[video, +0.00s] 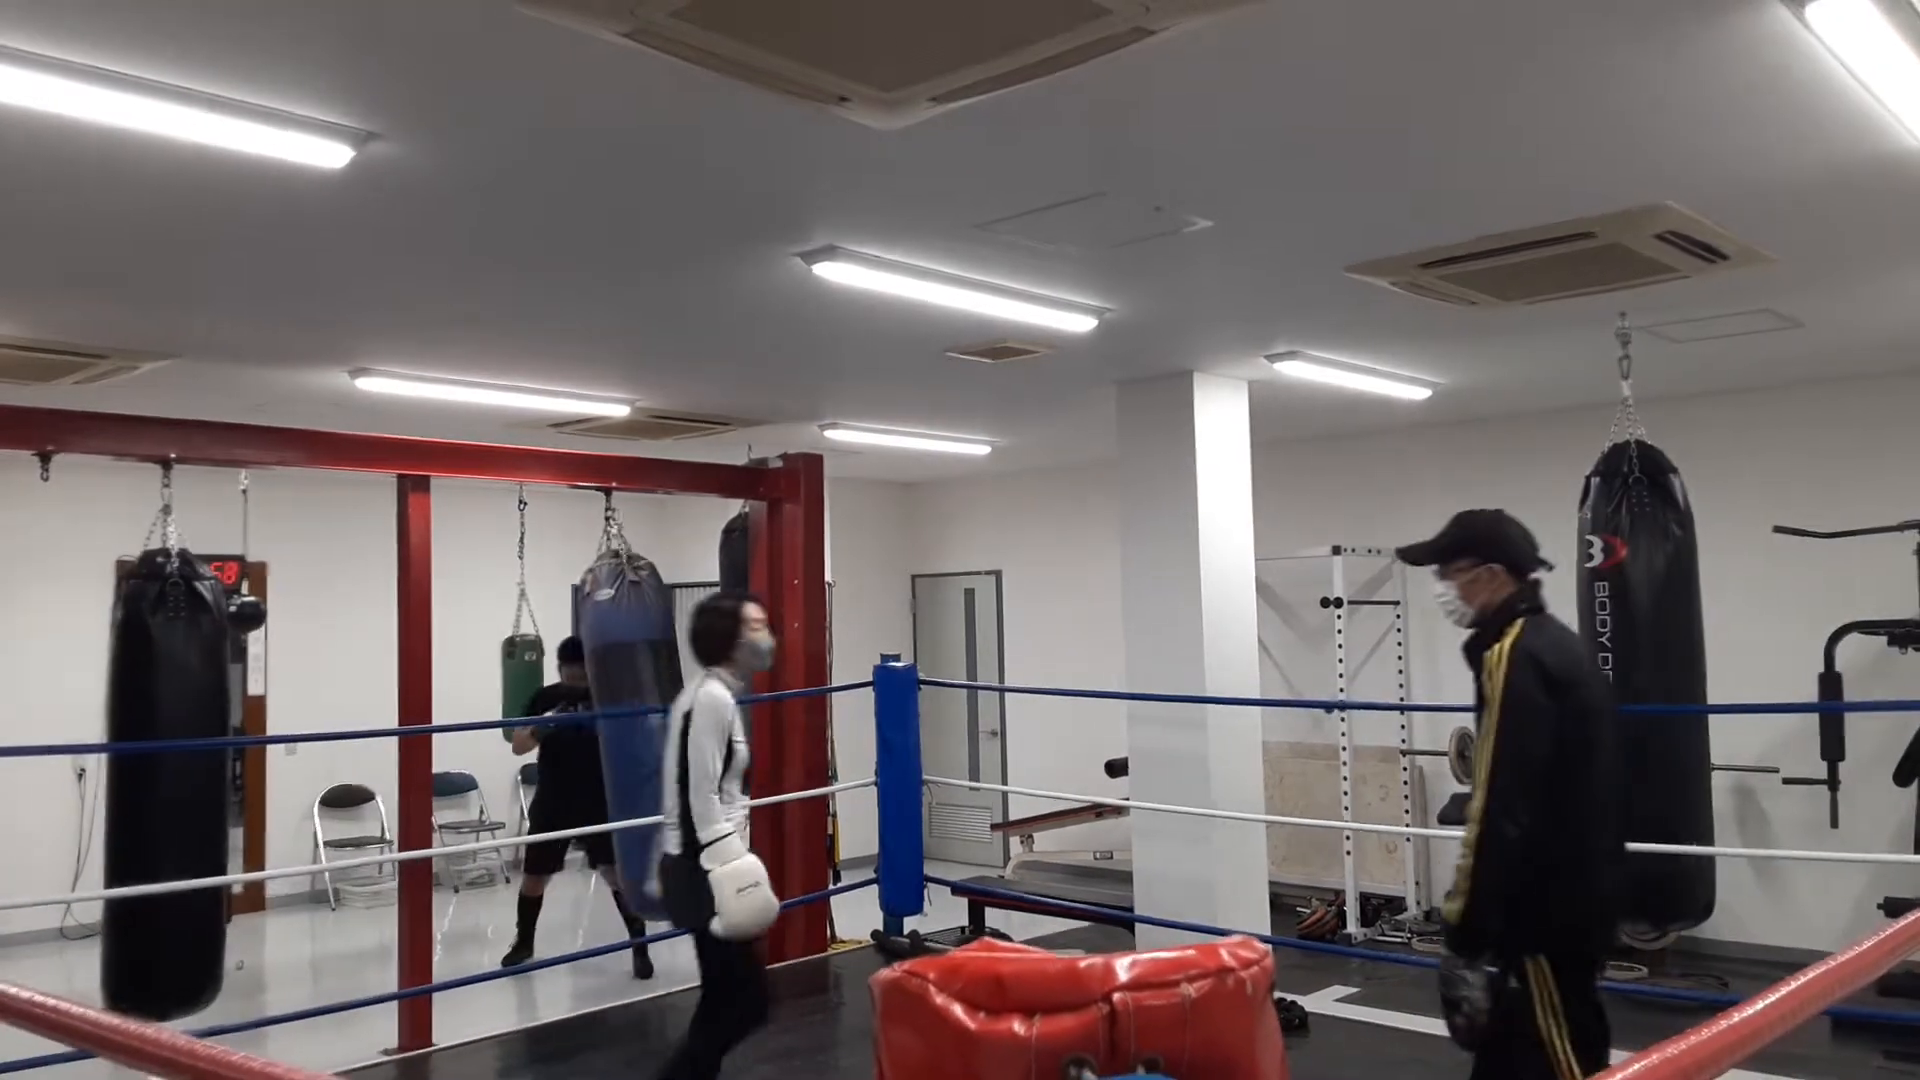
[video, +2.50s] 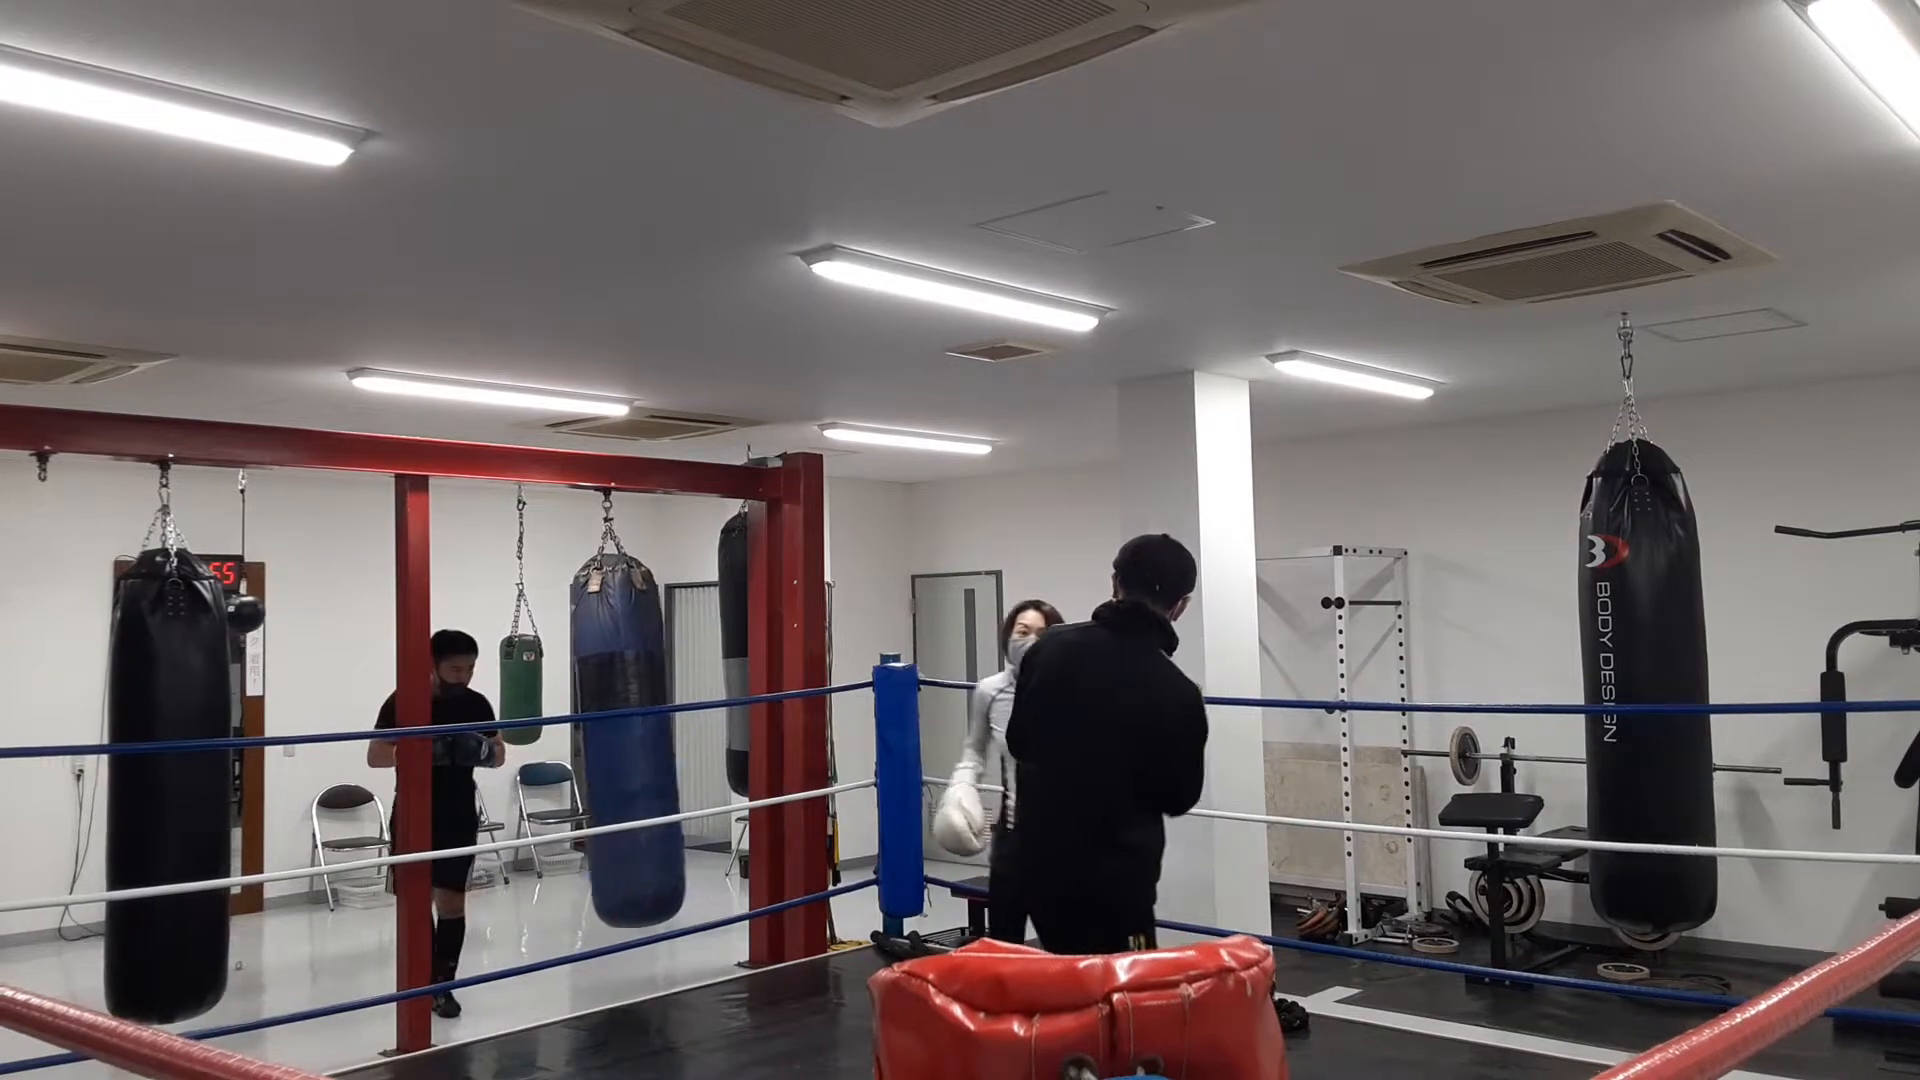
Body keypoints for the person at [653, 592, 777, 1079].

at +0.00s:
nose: (768, 637)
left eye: (766, 627)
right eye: (756, 627)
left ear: (731, 637)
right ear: (727, 636)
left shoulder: (710, 694)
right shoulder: (712, 698)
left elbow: (703, 792)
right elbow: (704, 796)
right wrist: (738, 874)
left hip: (702, 862)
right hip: (701, 864)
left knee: (728, 996)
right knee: (742, 1000)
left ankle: (688, 1071)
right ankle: (683, 1072)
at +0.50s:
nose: (929, 656)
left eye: (931, 646)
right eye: (922, 646)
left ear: (915, 646)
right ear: (894, 647)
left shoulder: (894, 695)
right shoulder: (850, 701)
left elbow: (895, 759)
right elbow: (815, 791)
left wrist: (949, 772)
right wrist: (852, 859)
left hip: (886, 859)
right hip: (857, 865)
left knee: (889, 988)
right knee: (906, 979)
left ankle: (847, 1065)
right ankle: (821, 1061)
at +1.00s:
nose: (1090, 660)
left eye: (1096, 652)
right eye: (1081, 649)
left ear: (1101, 656)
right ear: (1054, 648)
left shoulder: (1081, 709)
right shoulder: (1007, 698)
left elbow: (1094, 784)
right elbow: (981, 780)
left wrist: (1107, 755)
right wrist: (1028, 754)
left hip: (1040, 854)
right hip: (986, 853)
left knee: (1076, 960)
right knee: (959, 963)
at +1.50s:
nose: (1067, 631)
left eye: (1078, 626)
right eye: (1058, 621)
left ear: (1090, 639)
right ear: (1039, 627)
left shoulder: (1093, 690)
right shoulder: (1002, 683)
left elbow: (1115, 758)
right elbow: (973, 744)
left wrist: (1096, 807)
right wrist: (991, 784)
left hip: (1068, 839)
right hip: (1004, 835)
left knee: (1071, 956)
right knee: (984, 949)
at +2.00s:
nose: (1007, 632)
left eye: (1018, 624)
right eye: (999, 622)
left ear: (1031, 635)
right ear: (982, 629)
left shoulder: (1044, 680)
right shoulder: (956, 679)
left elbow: (1065, 742)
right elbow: (939, 736)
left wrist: (1041, 784)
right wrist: (953, 771)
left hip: (1039, 823)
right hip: (981, 822)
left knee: (1042, 935)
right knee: (979, 933)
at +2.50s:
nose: (1028, 638)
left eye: (1037, 632)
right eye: (1021, 630)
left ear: (1052, 641)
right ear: (1008, 636)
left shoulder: (1064, 687)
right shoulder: (990, 690)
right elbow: (975, 749)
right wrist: (961, 792)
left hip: (1057, 828)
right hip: (1011, 829)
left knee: (1062, 939)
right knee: (1003, 938)